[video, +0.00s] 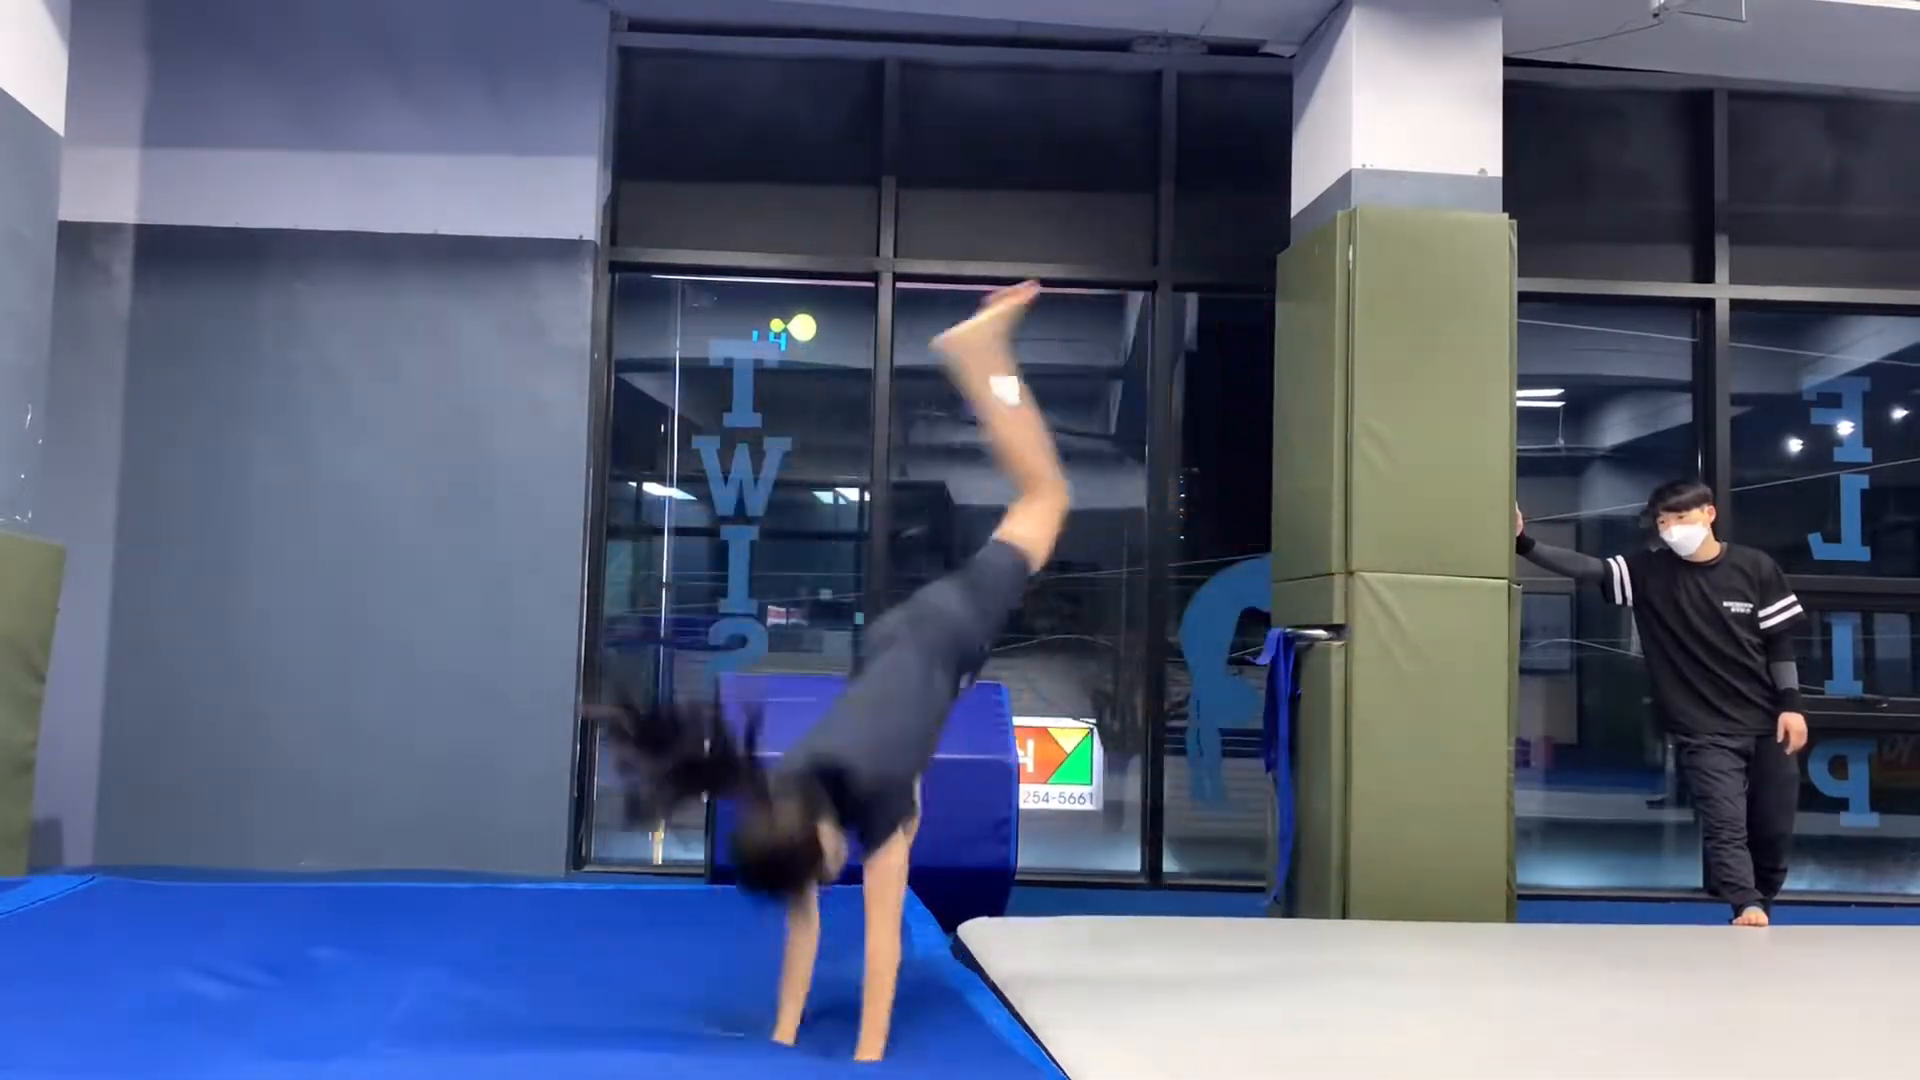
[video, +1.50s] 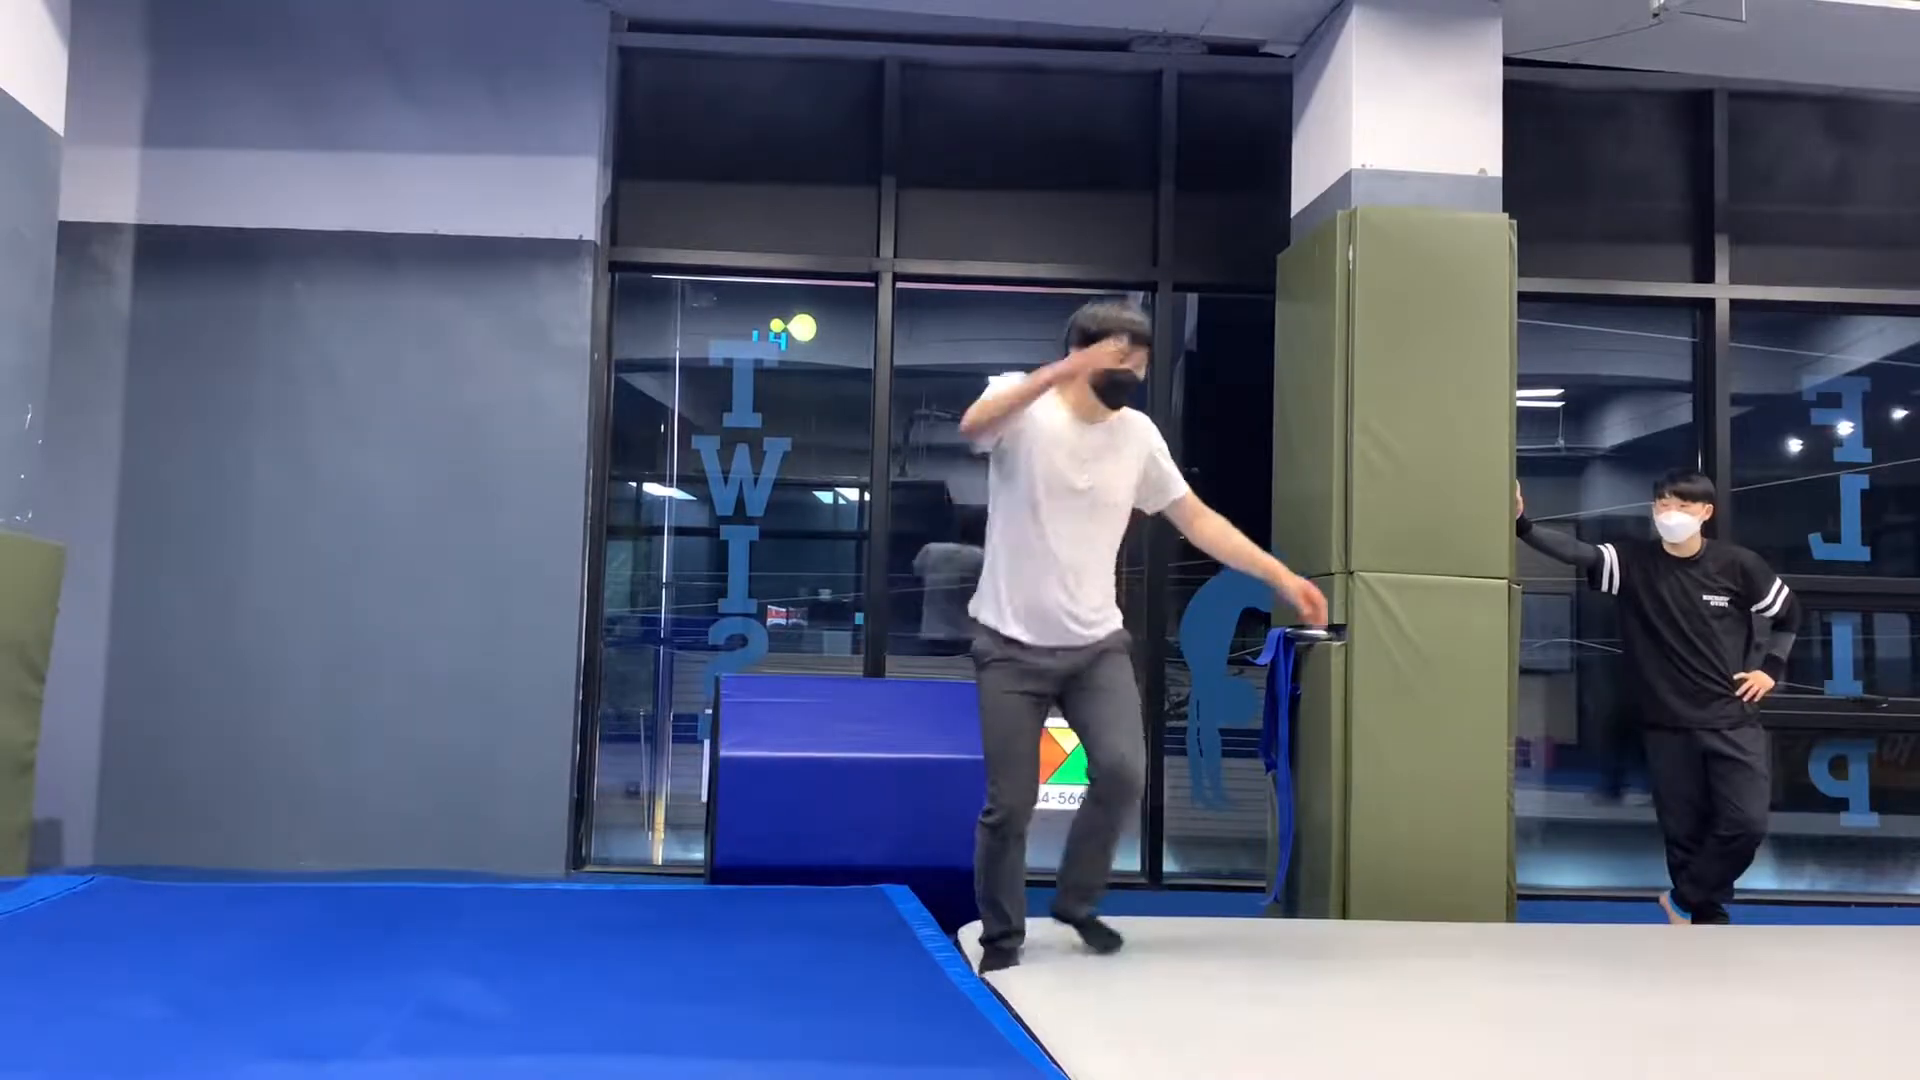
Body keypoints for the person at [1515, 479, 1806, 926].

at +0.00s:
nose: (1669, 526)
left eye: (1680, 515)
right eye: (1663, 518)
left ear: (1709, 514)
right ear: (1656, 524)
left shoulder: (1755, 568)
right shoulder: (1649, 570)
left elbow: (1780, 644)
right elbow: (1587, 568)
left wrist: (1791, 705)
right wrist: (1525, 543)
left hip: (1766, 724)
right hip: (1703, 728)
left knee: (1776, 829)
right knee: (1725, 818)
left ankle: (1759, 900)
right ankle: (1746, 907)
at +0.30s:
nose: (1668, 525)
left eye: (1678, 515)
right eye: (1662, 517)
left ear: (1708, 514)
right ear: (1657, 522)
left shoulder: (1754, 567)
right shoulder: (1647, 569)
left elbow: (1780, 642)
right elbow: (1585, 567)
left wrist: (1792, 704)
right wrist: (1525, 543)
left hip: (1766, 723)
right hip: (1702, 726)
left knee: (1775, 829)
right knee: (1724, 818)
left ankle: (1759, 901)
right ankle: (1746, 907)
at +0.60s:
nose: (1670, 524)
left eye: (1681, 513)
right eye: (1664, 515)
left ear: (1710, 513)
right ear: (1657, 521)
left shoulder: (1755, 568)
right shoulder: (1648, 569)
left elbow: (1780, 642)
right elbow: (1586, 567)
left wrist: (1792, 704)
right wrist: (1525, 543)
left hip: (1767, 723)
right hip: (1703, 726)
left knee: (1775, 829)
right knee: (1725, 818)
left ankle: (1759, 900)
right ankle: (1746, 907)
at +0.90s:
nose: (1671, 523)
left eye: (1682, 513)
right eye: (1665, 516)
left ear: (1711, 513)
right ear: (1658, 521)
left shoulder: (1755, 568)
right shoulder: (1649, 569)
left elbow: (1779, 643)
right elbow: (1588, 567)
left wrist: (1791, 706)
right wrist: (1525, 544)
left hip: (1766, 722)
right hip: (1704, 725)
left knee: (1775, 827)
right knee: (1725, 818)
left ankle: (1759, 899)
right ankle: (1746, 907)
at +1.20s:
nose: (1683, 509)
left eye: (1693, 503)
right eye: (1673, 502)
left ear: (1709, 514)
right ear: (1657, 511)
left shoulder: (1739, 566)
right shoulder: (1635, 561)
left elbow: (1786, 613)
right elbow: (1579, 552)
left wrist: (1770, 669)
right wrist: (1524, 526)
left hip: (1732, 716)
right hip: (1667, 719)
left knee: (1747, 823)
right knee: (1682, 829)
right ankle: (1712, 925)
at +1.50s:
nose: (1667, 509)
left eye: (1680, 503)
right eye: (1663, 501)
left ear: (1705, 512)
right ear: (1654, 507)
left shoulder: (1738, 565)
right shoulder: (1634, 560)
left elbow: (1788, 615)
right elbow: (1577, 550)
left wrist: (1770, 669)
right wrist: (1524, 526)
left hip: (1731, 717)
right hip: (1667, 720)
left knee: (1747, 823)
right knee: (1682, 830)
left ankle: (1683, 900)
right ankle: (1713, 927)